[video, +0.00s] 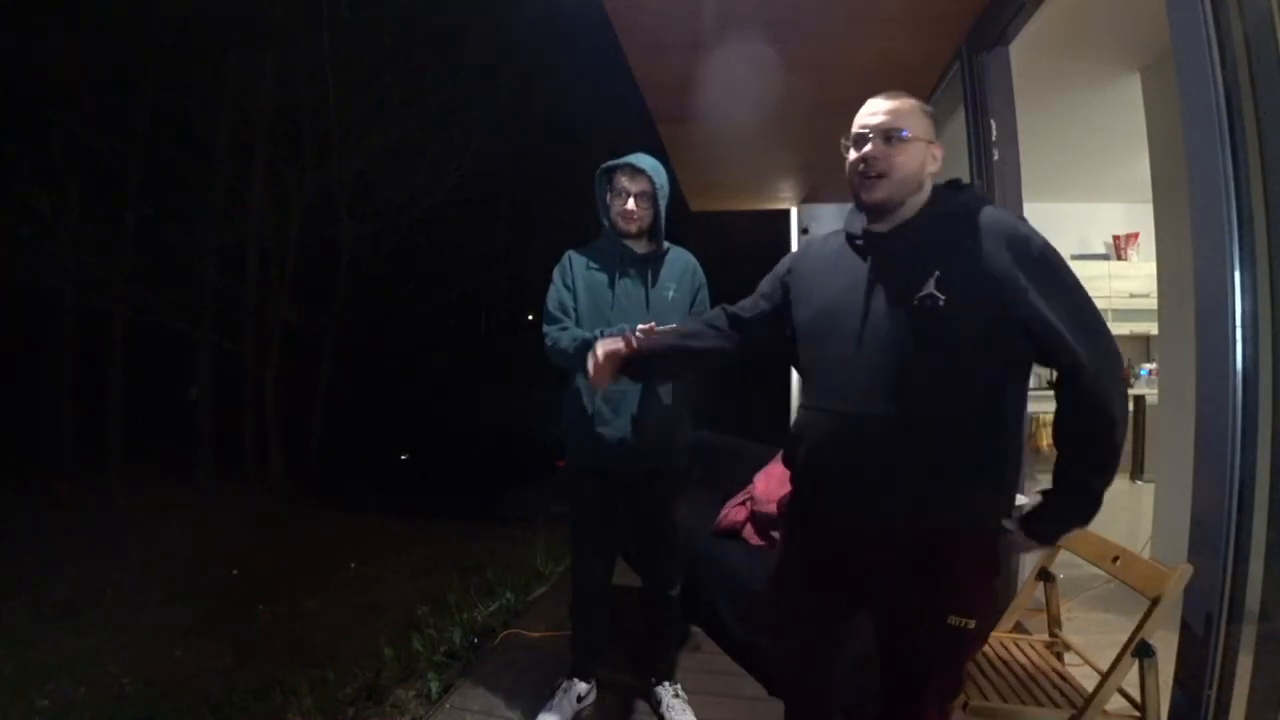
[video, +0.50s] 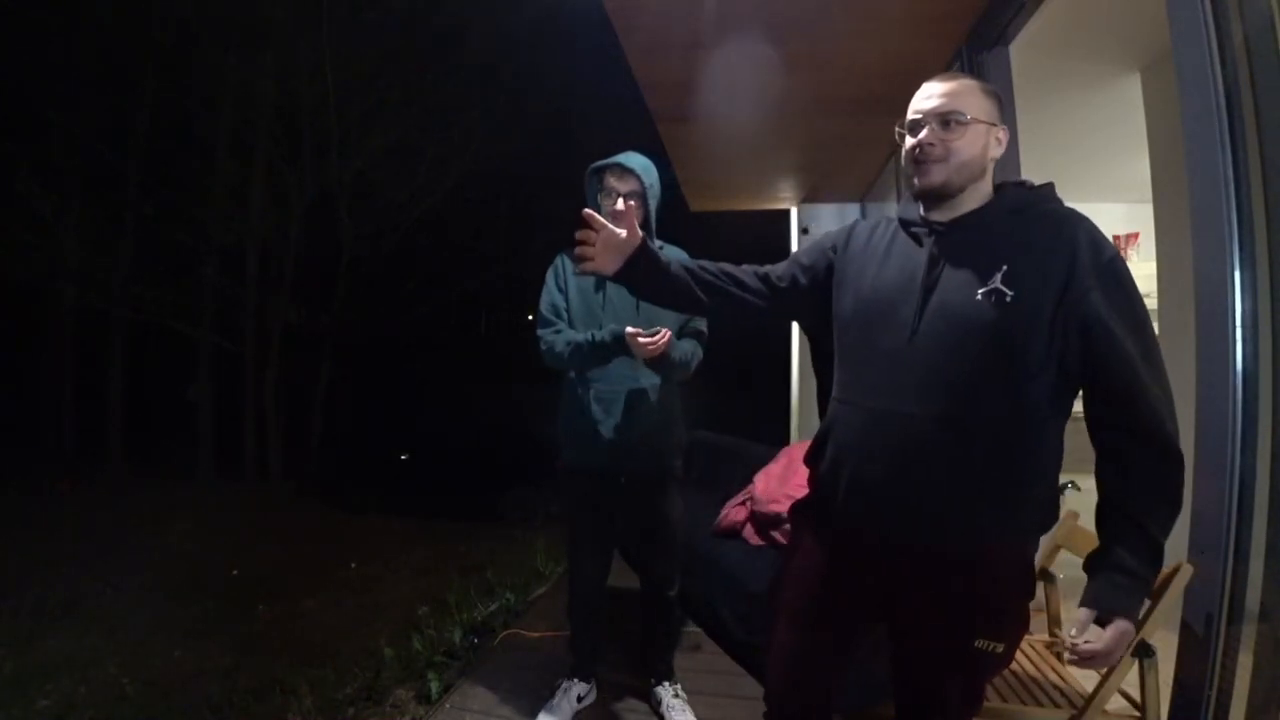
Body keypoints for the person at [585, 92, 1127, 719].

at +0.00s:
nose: (864, 152)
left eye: (889, 137)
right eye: (855, 140)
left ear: (934, 155)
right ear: (845, 158)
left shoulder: (994, 242)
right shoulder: (813, 259)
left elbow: (1096, 374)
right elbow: (737, 327)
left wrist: (1058, 512)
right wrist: (640, 347)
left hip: (946, 537)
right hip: (825, 531)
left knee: (915, 702)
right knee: (807, 696)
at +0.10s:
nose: (881, 147)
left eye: (905, 132)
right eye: (871, 137)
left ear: (954, 150)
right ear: (861, 155)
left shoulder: (1014, 244)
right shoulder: (825, 254)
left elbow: (1110, 397)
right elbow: (740, 312)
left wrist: (1067, 533)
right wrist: (636, 313)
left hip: (952, 545)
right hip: (828, 535)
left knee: (923, 705)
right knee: (805, 697)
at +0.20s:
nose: (894, 145)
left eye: (919, 129)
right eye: (885, 135)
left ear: (973, 147)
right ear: (874, 152)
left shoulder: (1035, 246)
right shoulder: (836, 248)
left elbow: (1128, 408)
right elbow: (742, 302)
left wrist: (1083, 547)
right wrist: (627, 281)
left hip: (956, 549)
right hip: (830, 536)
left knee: (926, 705)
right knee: (803, 694)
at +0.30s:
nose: (904, 140)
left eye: (930, 125)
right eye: (897, 130)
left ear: (984, 143)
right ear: (886, 149)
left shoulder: (1048, 244)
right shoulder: (847, 243)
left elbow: (1134, 417)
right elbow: (749, 291)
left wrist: (1103, 572)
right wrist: (634, 264)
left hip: (960, 552)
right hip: (833, 535)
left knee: (930, 707)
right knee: (797, 695)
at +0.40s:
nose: (911, 139)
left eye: (937, 123)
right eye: (904, 128)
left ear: (992, 141)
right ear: (894, 147)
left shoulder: (1059, 246)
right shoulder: (856, 241)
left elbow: (1135, 425)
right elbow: (752, 288)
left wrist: (1121, 581)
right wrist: (637, 260)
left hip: (964, 554)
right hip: (836, 536)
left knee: (935, 707)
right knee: (793, 691)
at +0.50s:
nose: (918, 136)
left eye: (945, 122)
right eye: (911, 126)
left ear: (998, 140)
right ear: (900, 147)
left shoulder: (1063, 245)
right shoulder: (861, 239)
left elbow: (1138, 428)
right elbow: (757, 289)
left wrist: (1122, 580)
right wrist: (639, 261)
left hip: (968, 556)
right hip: (838, 538)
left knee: (934, 710)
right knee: (794, 698)